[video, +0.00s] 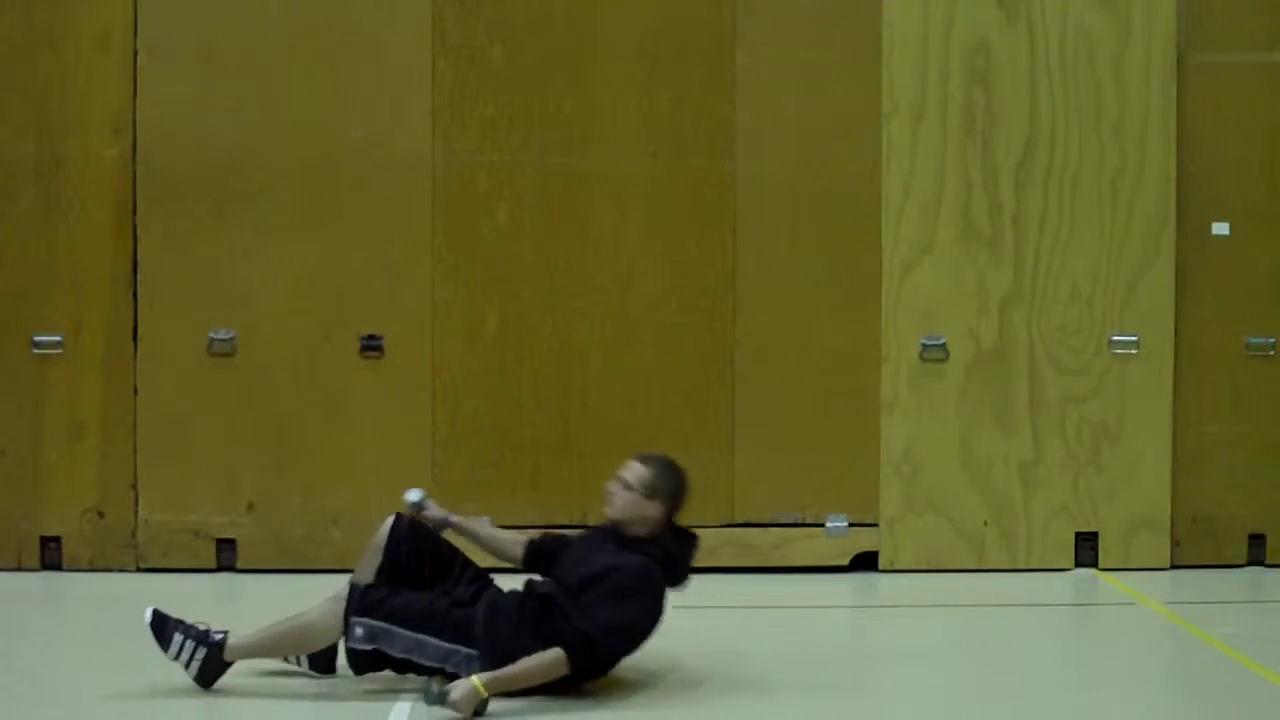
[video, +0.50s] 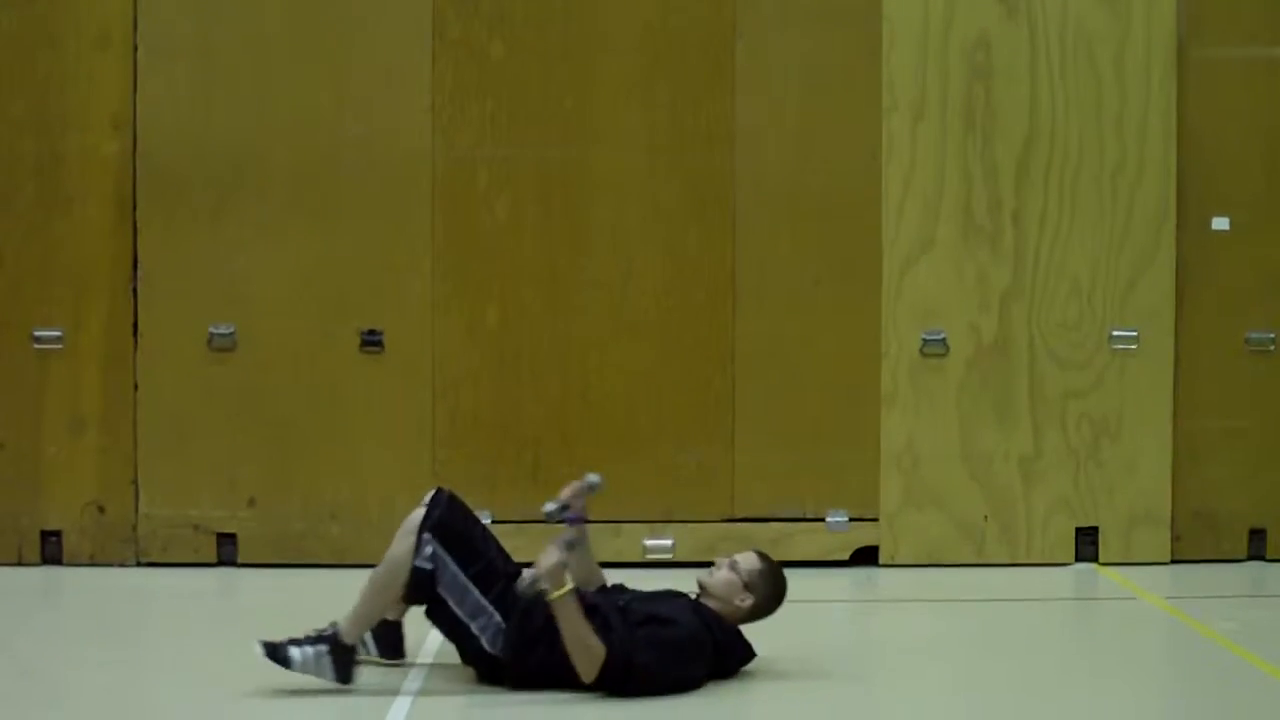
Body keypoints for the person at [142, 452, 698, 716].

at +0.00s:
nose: (612, 491)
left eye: (628, 488)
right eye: (617, 481)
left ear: (658, 513)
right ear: (622, 495)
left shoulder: (638, 586)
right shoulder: (602, 539)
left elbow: (570, 656)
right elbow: (516, 550)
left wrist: (486, 684)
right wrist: (447, 518)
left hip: (492, 646)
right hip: (490, 603)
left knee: (353, 605)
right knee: (396, 533)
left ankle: (218, 653)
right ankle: (343, 649)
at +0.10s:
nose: (644, 512)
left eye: (659, 512)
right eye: (649, 503)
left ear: (687, 537)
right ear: (652, 515)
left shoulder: (654, 605)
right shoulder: (632, 559)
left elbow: (582, 664)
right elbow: (550, 565)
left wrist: (493, 680)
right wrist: (480, 524)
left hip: (493, 640)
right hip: (499, 600)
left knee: (363, 599)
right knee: (406, 528)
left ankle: (229, 650)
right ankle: (335, 645)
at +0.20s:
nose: (668, 535)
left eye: (683, 534)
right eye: (675, 528)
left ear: (707, 563)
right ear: (688, 550)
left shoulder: (670, 627)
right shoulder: (653, 577)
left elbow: (592, 675)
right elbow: (569, 577)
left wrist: (503, 670)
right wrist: (508, 528)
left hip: (499, 634)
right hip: (510, 602)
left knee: (375, 576)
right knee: (415, 519)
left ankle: (250, 643)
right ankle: (341, 635)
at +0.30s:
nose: (696, 551)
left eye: (712, 554)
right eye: (703, 545)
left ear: (727, 586)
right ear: (701, 563)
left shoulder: (681, 641)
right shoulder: (664, 593)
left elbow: (590, 679)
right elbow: (579, 585)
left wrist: (511, 644)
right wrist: (533, 527)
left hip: (510, 643)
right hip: (524, 607)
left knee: (391, 558)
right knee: (426, 512)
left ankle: (276, 636)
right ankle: (350, 620)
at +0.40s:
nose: (709, 563)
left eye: (724, 566)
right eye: (717, 558)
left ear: (739, 597)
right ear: (716, 575)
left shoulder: (696, 642)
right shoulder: (681, 604)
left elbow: (597, 677)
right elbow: (592, 594)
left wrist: (536, 617)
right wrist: (554, 524)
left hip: (519, 647)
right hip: (534, 610)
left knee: (409, 544)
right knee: (435, 506)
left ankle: (307, 641)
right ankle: (368, 621)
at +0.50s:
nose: (719, 566)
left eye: (735, 571)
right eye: (727, 561)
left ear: (746, 604)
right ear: (724, 577)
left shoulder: (693, 641)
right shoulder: (689, 610)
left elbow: (600, 672)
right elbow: (598, 597)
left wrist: (560, 591)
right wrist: (577, 530)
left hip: (515, 643)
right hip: (532, 609)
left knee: (421, 533)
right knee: (438, 504)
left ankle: (338, 647)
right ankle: (388, 627)